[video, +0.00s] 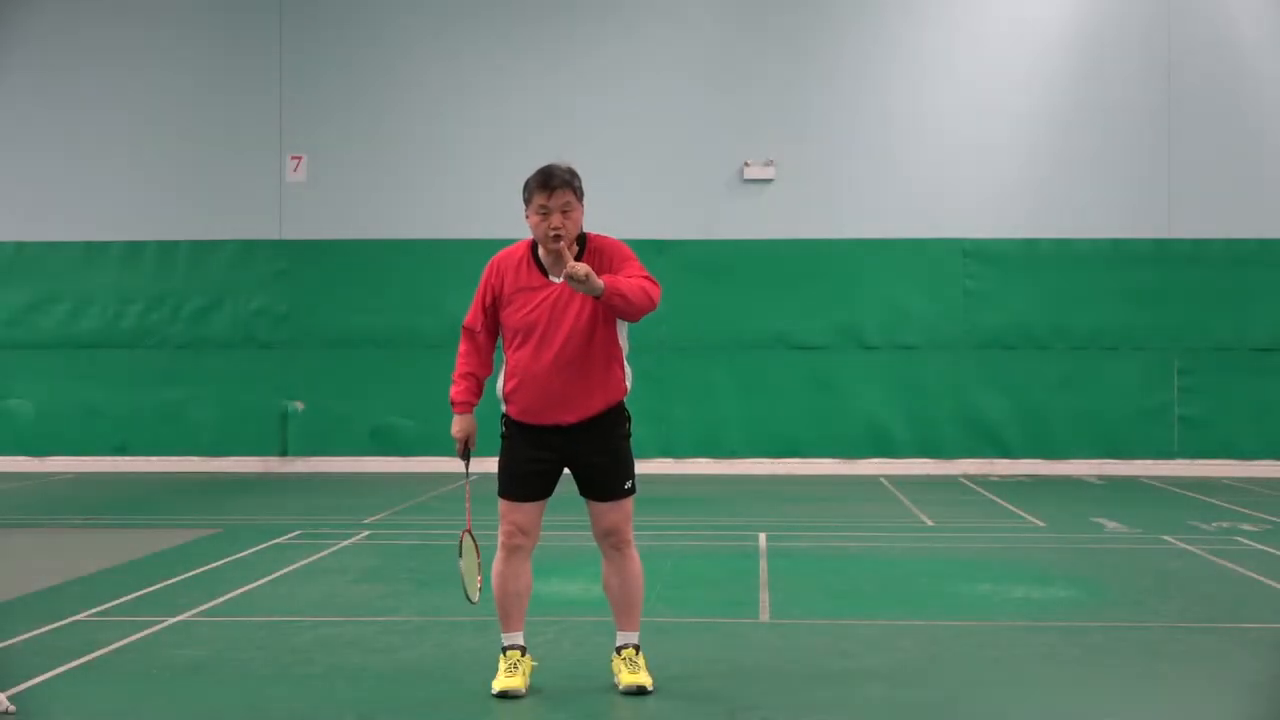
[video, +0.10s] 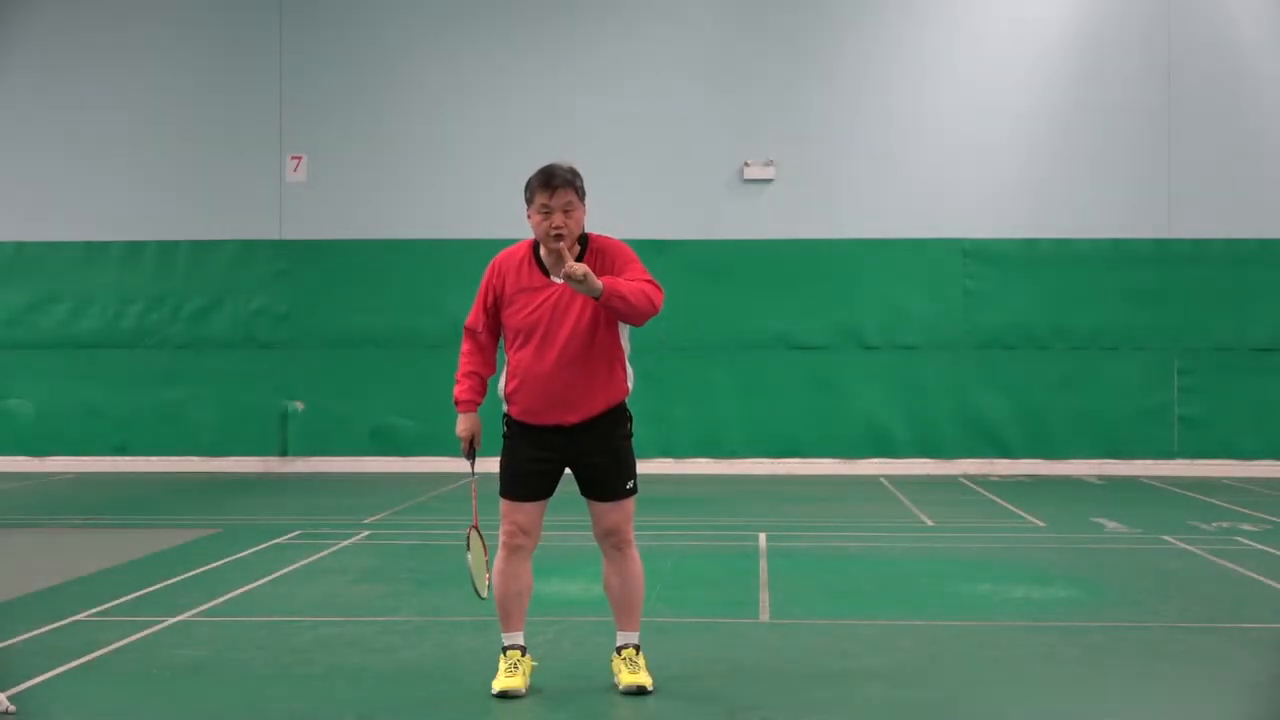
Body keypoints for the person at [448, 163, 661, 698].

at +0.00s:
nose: (555, 223)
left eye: (565, 212)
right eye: (544, 213)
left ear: (581, 213)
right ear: (528, 216)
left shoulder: (606, 254)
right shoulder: (504, 267)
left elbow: (646, 298)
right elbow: (476, 337)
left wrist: (597, 285)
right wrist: (463, 408)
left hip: (600, 422)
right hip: (528, 427)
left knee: (616, 536)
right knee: (514, 538)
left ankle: (628, 649)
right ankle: (513, 652)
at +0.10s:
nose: (557, 222)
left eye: (567, 211)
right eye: (546, 212)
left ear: (583, 212)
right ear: (529, 216)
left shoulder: (609, 254)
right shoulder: (506, 267)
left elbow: (648, 304)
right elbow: (479, 336)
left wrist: (594, 285)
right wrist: (468, 406)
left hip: (601, 422)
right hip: (529, 426)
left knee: (617, 536)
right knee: (515, 537)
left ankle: (629, 649)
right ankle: (513, 651)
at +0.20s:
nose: (559, 220)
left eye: (568, 209)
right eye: (547, 211)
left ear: (584, 211)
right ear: (531, 216)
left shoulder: (611, 255)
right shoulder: (507, 267)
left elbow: (649, 310)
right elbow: (480, 337)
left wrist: (594, 291)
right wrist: (472, 406)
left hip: (603, 423)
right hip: (530, 427)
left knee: (618, 536)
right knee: (516, 536)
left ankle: (629, 649)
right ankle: (513, 651)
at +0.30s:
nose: (560, 219)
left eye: (570, 208)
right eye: (549, 209)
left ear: (586, 210)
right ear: (532, 214)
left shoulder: (613, 255)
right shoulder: (509, 266)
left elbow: (647, 311)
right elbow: (481, 336)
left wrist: (598, 305)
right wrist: (473, 406)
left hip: (603, 423)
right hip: (531, 427)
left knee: (618, 536)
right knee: (517, 536)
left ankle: (629, 649)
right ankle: (513, 651)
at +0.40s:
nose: (561, 216)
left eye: (571, 206)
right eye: (550, 207)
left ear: (587, 209)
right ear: (533, 212)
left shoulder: (614, 256)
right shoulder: (509, 267)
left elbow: (653, 314)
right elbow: (482, 336)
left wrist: (600, 306)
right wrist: (474, 406)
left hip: (604, 423)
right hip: (532, 427)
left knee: (619, 536)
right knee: (517, 537)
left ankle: (629, 649)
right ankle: (513, 651)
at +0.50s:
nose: (561, 213)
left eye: (571, 202)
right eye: (550, 203)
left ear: (587, 207)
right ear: (534, 210)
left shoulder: (616, 257)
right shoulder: (509, 266)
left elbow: (654, 318)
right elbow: (482, 336)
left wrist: (606, 324)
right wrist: (473, 408)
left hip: (605, 424)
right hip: (532, 427)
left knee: (619, 536)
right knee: (517, 537)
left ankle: (629, 650)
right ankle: (512, 652)